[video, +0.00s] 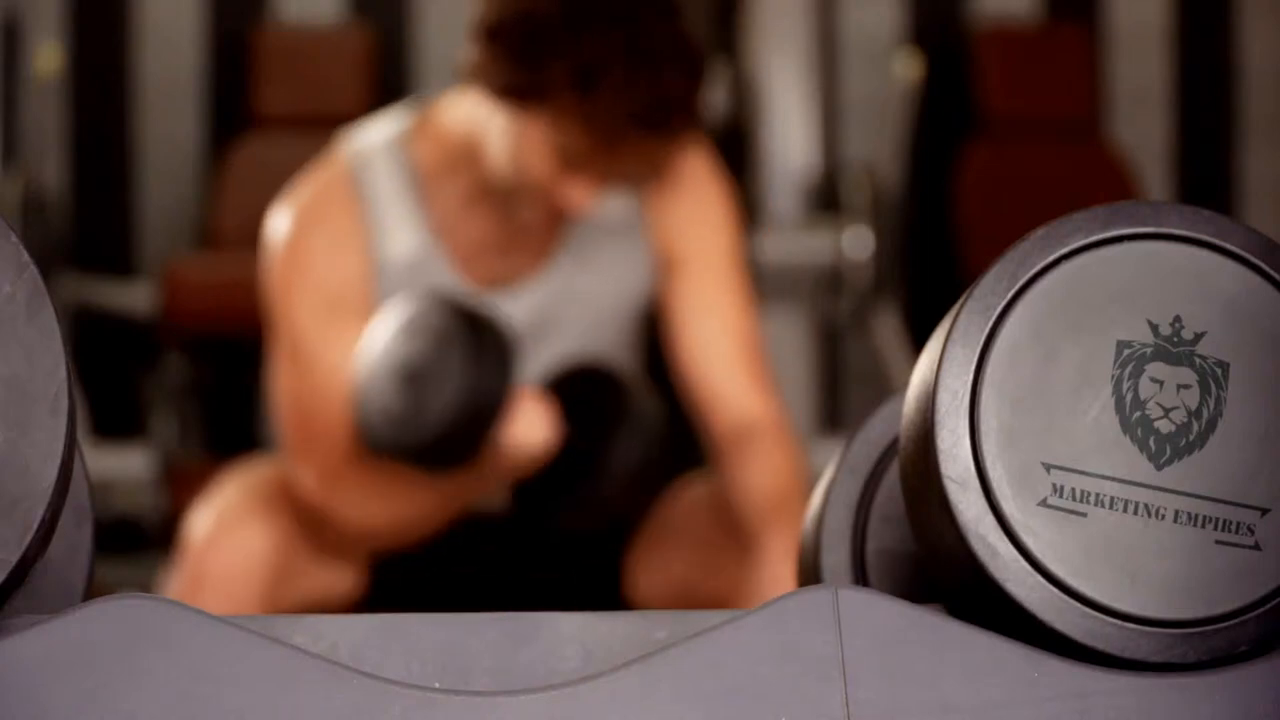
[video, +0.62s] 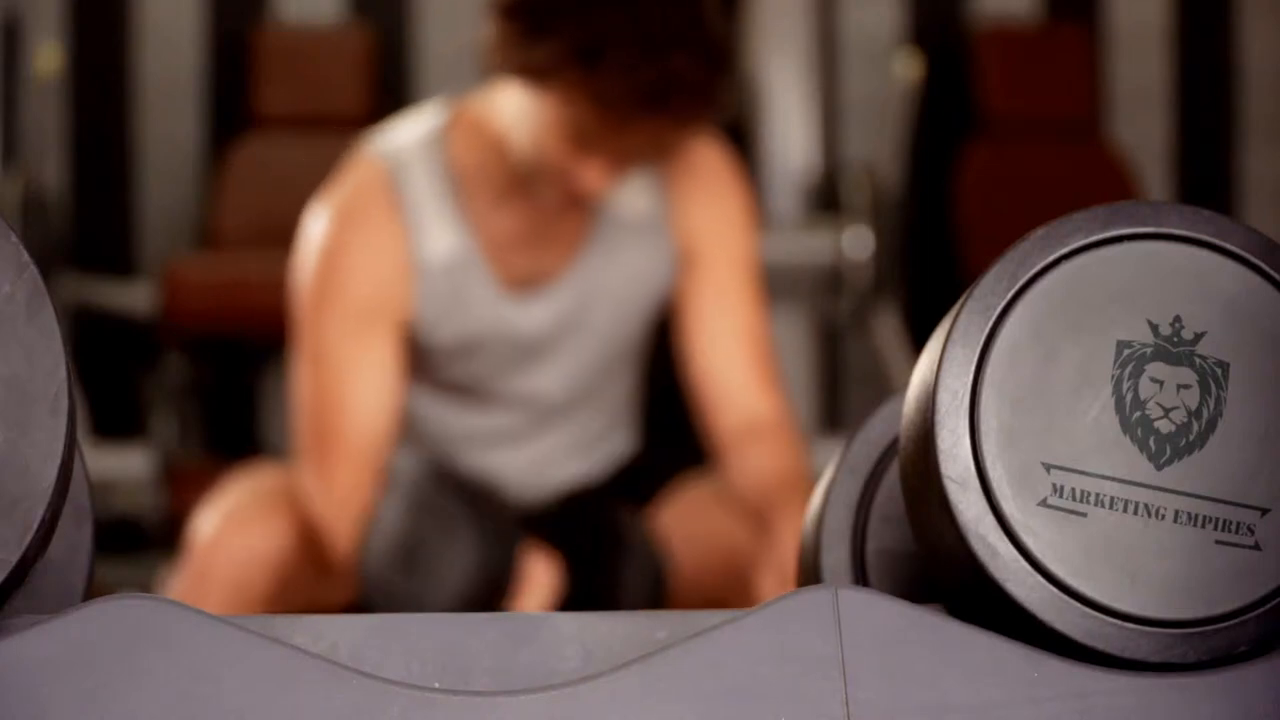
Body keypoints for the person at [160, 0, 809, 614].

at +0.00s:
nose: (588, 201)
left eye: (615, 174)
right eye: (573, 164)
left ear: (652, 137)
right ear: (509, 98)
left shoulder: (671, 173)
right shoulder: (328, 212)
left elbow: (747, 423)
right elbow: (340, 499)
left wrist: (790, 586)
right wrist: (489, 465)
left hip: (600, 522)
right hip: (400, 527)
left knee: (778, 540)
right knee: (235, 532)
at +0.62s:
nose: (600, 180)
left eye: (633, 153)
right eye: (584, 141)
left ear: (672, 119)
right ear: (527, 75)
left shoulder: (692, 171)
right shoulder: (369, 210)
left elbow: (750, 423)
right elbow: (341, 497)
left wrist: (797, 536)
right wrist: (497, 574)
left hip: (607, 512)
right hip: (423, 516)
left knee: (794, 533)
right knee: (241, 528)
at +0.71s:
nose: (605, 182)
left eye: (639, 155)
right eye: (588, 142)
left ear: (676, 122)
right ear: (527, 78)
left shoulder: (698, 174)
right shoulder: (380, 209)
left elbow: (752, 425)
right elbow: (344, 507)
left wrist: (802, 544)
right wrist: (436, 636)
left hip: (605, 512)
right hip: (415, 518)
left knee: (800, 542)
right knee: (241, 529)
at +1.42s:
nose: (613, 207)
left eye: (646, 176)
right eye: (593, 166)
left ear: (681, 147)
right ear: (529, 101)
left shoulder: (695, 178)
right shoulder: (394, 242)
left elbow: (756, 431)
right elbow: (348, 554)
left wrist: (805, 575)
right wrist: (354, 719)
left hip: (602, 524)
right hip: (416, 533)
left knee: (795, 539)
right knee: (238, 533)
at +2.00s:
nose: (611, 168)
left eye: (645, 137)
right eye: (591, 127)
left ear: (676, 110)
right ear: (524, 67)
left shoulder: (696, 170)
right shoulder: (393, 210)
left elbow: (753, 428)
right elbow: (337, 510)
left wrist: (790, 570)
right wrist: (457, 668)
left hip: (601, 521)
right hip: (418, 529)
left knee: (792, 540)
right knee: (241, 526)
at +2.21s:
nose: (606, 154)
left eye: (638, 123)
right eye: (583, 113)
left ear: (674, 101)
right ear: (520, 52)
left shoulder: (692, 171)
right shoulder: (377, 205)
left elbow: (756, 428)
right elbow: (343, 494)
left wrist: (783, 579)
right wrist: (488, 561)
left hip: (603, 533)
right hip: (414, 533)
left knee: (795, 517)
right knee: (248, 527)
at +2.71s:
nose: (573, 153)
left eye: (604, 120)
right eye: (547, 112)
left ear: (636, 98)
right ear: (476, 61)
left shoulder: (661, 171)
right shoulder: (314, 217)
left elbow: (746, 422)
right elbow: (346, 502)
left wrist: (789, 596)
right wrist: (494, 455)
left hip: (598, 525)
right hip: (399, 535)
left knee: (784, 541)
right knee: (250, 536)